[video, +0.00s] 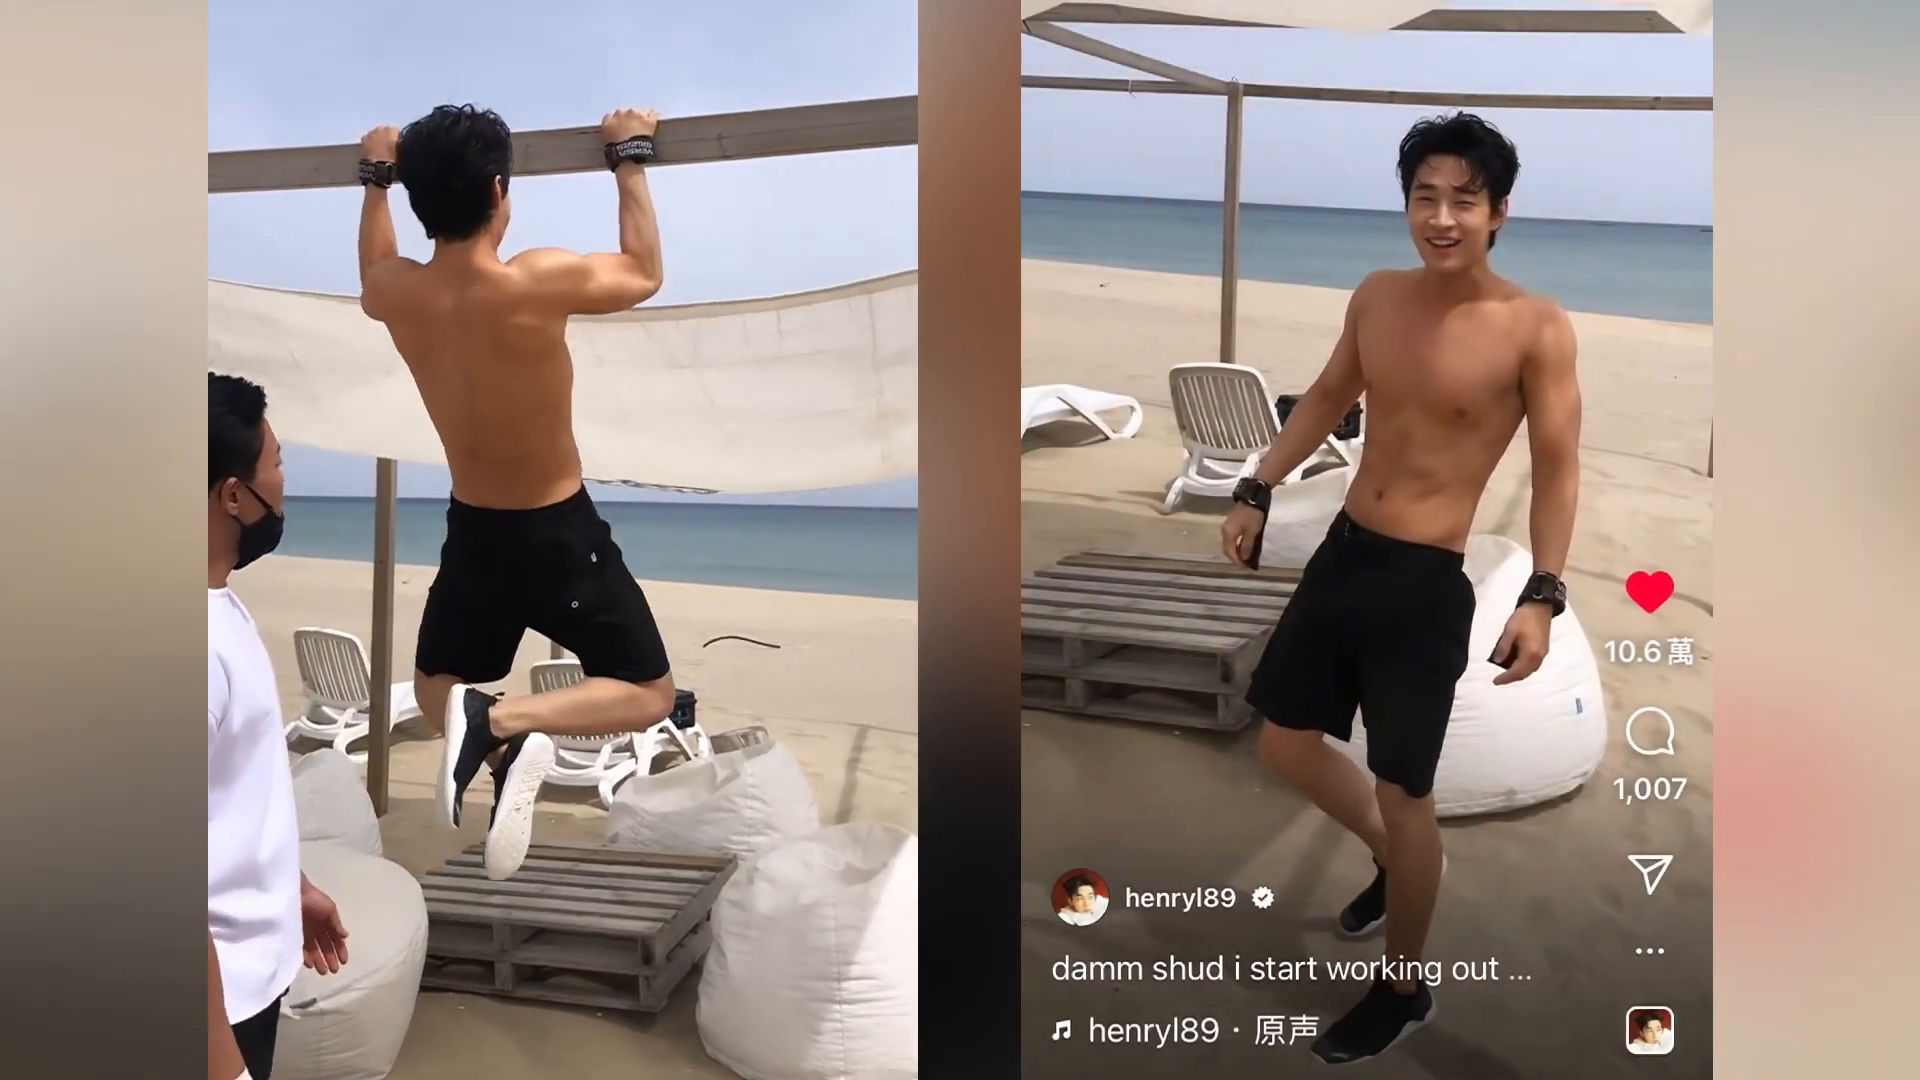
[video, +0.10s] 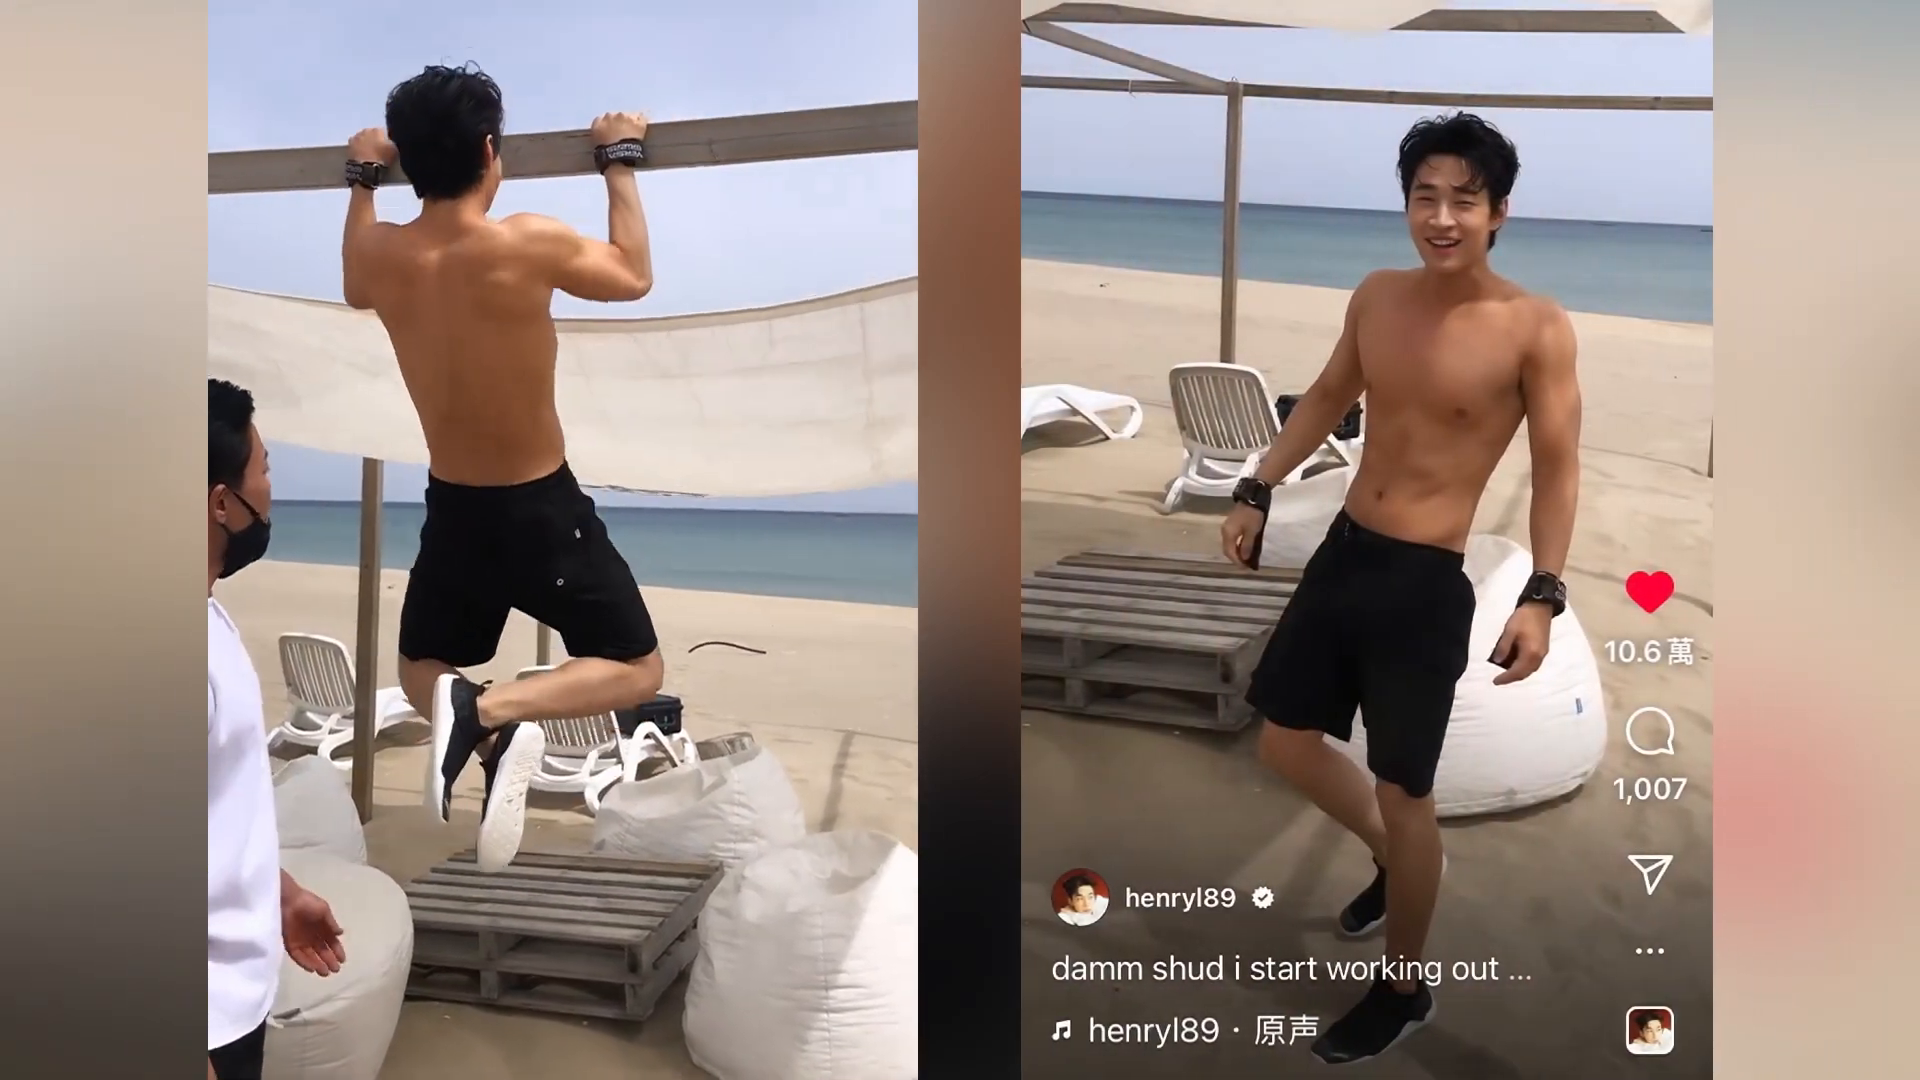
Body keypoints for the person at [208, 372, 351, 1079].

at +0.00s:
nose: (283, 475)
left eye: (279, 457)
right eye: (275, 461)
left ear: (229, 497)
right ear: (232, 495)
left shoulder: (225, 608)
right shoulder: (193, 646)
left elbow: (228, 799)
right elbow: (182, 885)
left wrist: (288, 889)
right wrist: (220, 1055)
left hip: (248, 994)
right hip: (219, 1019)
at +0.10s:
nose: (270, 482)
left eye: (264, 461)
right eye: (262, 465)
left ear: (220, 503)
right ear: (221, 501)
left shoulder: (215, 624)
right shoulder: (187, 649)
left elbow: (208, 807)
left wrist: (275, 891)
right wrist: (192, 1046)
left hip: (237, 1011)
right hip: (211, 1033)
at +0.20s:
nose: (258, 490)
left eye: (251, 469)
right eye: (249, 472)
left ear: (209, 511)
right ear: (211, 509)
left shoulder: (200, 637)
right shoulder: (170, 651)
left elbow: (197, 804)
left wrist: (279, 886)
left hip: (219, 1027)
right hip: (206, 1039)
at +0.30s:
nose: (245, 500)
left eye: (241, 475)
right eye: (239, 476)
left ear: (199, 504)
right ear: (200, 501)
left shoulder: (183, 649)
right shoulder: (159, 658)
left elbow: (185, 807)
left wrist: (290, 872)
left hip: (209, 1025)